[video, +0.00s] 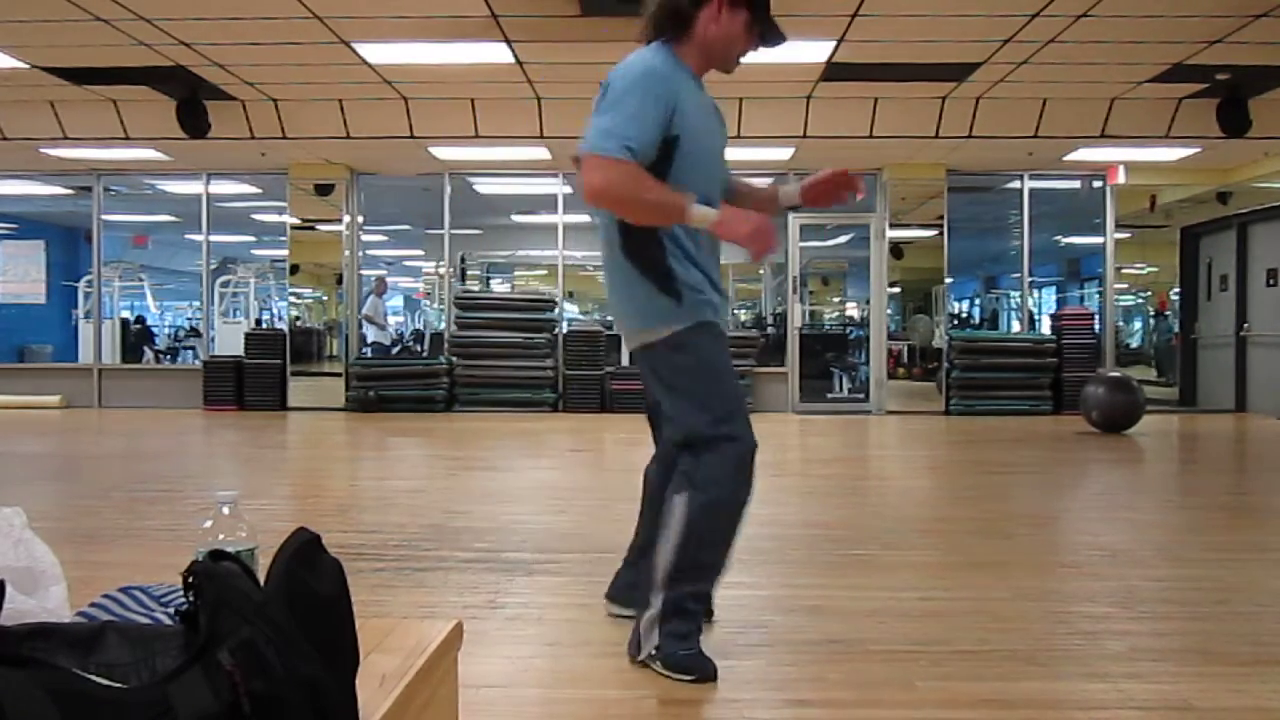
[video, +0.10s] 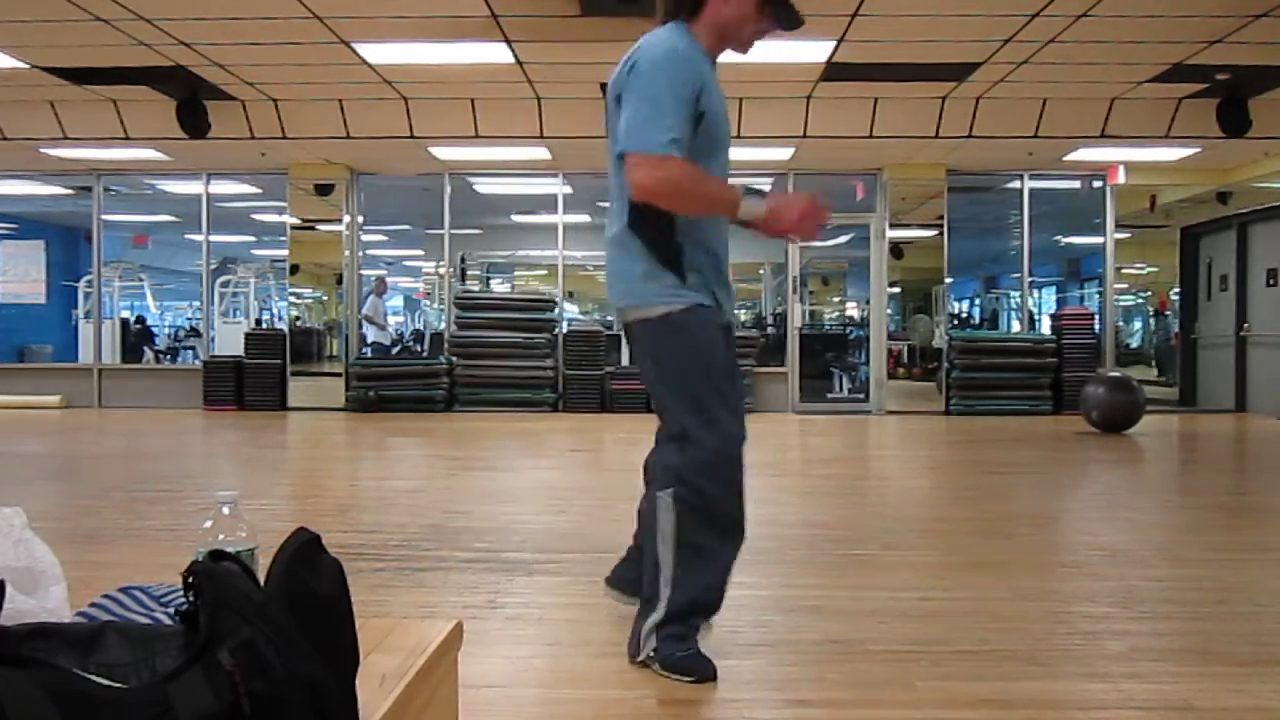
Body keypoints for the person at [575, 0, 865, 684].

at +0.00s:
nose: (752, 45)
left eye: (756, 34)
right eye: (751, 28)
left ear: (714, 18)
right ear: (717, 13)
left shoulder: (694, 99)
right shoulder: (648, 74)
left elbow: (721, 191)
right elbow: (602, 178)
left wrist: (801, 192)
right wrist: (717, 220)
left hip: (684, 310)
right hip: (664, 312)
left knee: (685, 449)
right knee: (723, 449)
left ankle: (638, 584)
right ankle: (667, 629)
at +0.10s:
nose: (765, 30)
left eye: (770, 20)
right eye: (764, 14)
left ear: (728, 9)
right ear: (727, 1)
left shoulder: (693, 69)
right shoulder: (667, 56)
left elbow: (679, 181)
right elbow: (649, 175)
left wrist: (761, 212)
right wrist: (758, 207)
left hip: (688, 296)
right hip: (664, 297)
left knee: (694, 435)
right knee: (710, 447)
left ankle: (645, 565)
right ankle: (665, 632)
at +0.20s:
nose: (776, 20)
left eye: (781, 12)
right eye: (776, 7)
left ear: (752, 6)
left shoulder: (709, 54)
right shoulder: (687, 33)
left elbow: (669, 161)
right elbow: (663, 137)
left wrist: (727, 194)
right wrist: (772, 155)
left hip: (704, 282)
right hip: (662, 279)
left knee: (743, 423)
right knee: (680, 447)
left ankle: (665, 569)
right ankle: (658, 630)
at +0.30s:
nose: (782, 18)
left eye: (787, 10)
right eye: (781, 5)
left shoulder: (685, 34)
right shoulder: (701, 33)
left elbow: (610, 100)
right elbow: (664, 122)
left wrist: (661, 164)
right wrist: (771, 167)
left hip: (710, 276)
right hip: (665, 276)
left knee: (754, 418)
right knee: (657, 450)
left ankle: (709, 578)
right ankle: (634, 627)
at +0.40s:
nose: (790, 37)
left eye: (797, 26)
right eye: (789, 18)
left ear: (747, 12)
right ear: (752, 4)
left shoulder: (703, 61)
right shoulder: (707, 59)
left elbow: (615, 118)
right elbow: (666, 157)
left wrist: (670, 183)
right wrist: (753, 233)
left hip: (715, 300)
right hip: (669, 300)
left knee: (760, 437)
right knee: (643, 466)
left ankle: (748, 603)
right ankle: (611, 645)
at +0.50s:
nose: (803, 36)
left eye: (810, 26)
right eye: (802, 18)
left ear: (767, 11)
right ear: (765, 3)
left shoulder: (740, 73)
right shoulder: (705, 56)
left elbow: (702, 172)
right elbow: (661, 165)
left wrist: (761, 186)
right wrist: (733, 257)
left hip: (713, 294)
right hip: (679, 294)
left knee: (754, 441)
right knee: (693, 450)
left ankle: (747, 603)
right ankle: (618, 618)